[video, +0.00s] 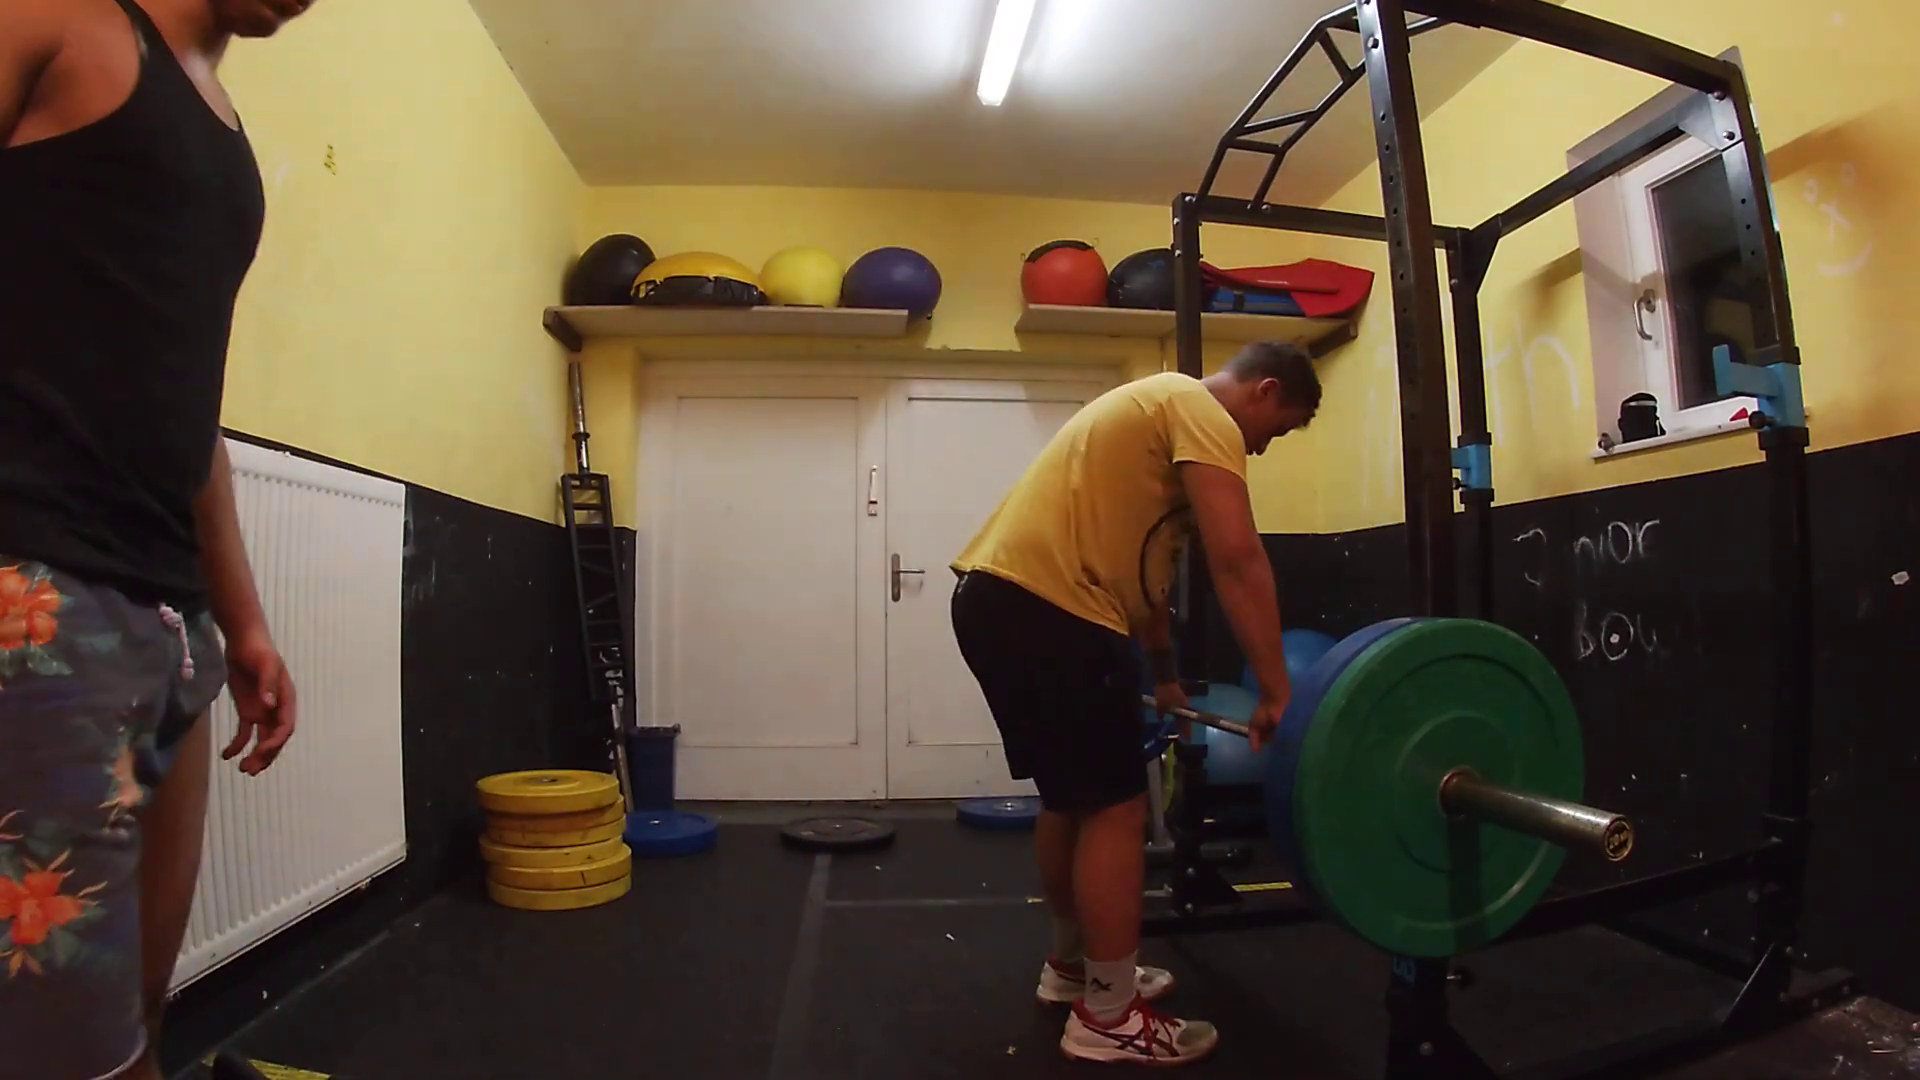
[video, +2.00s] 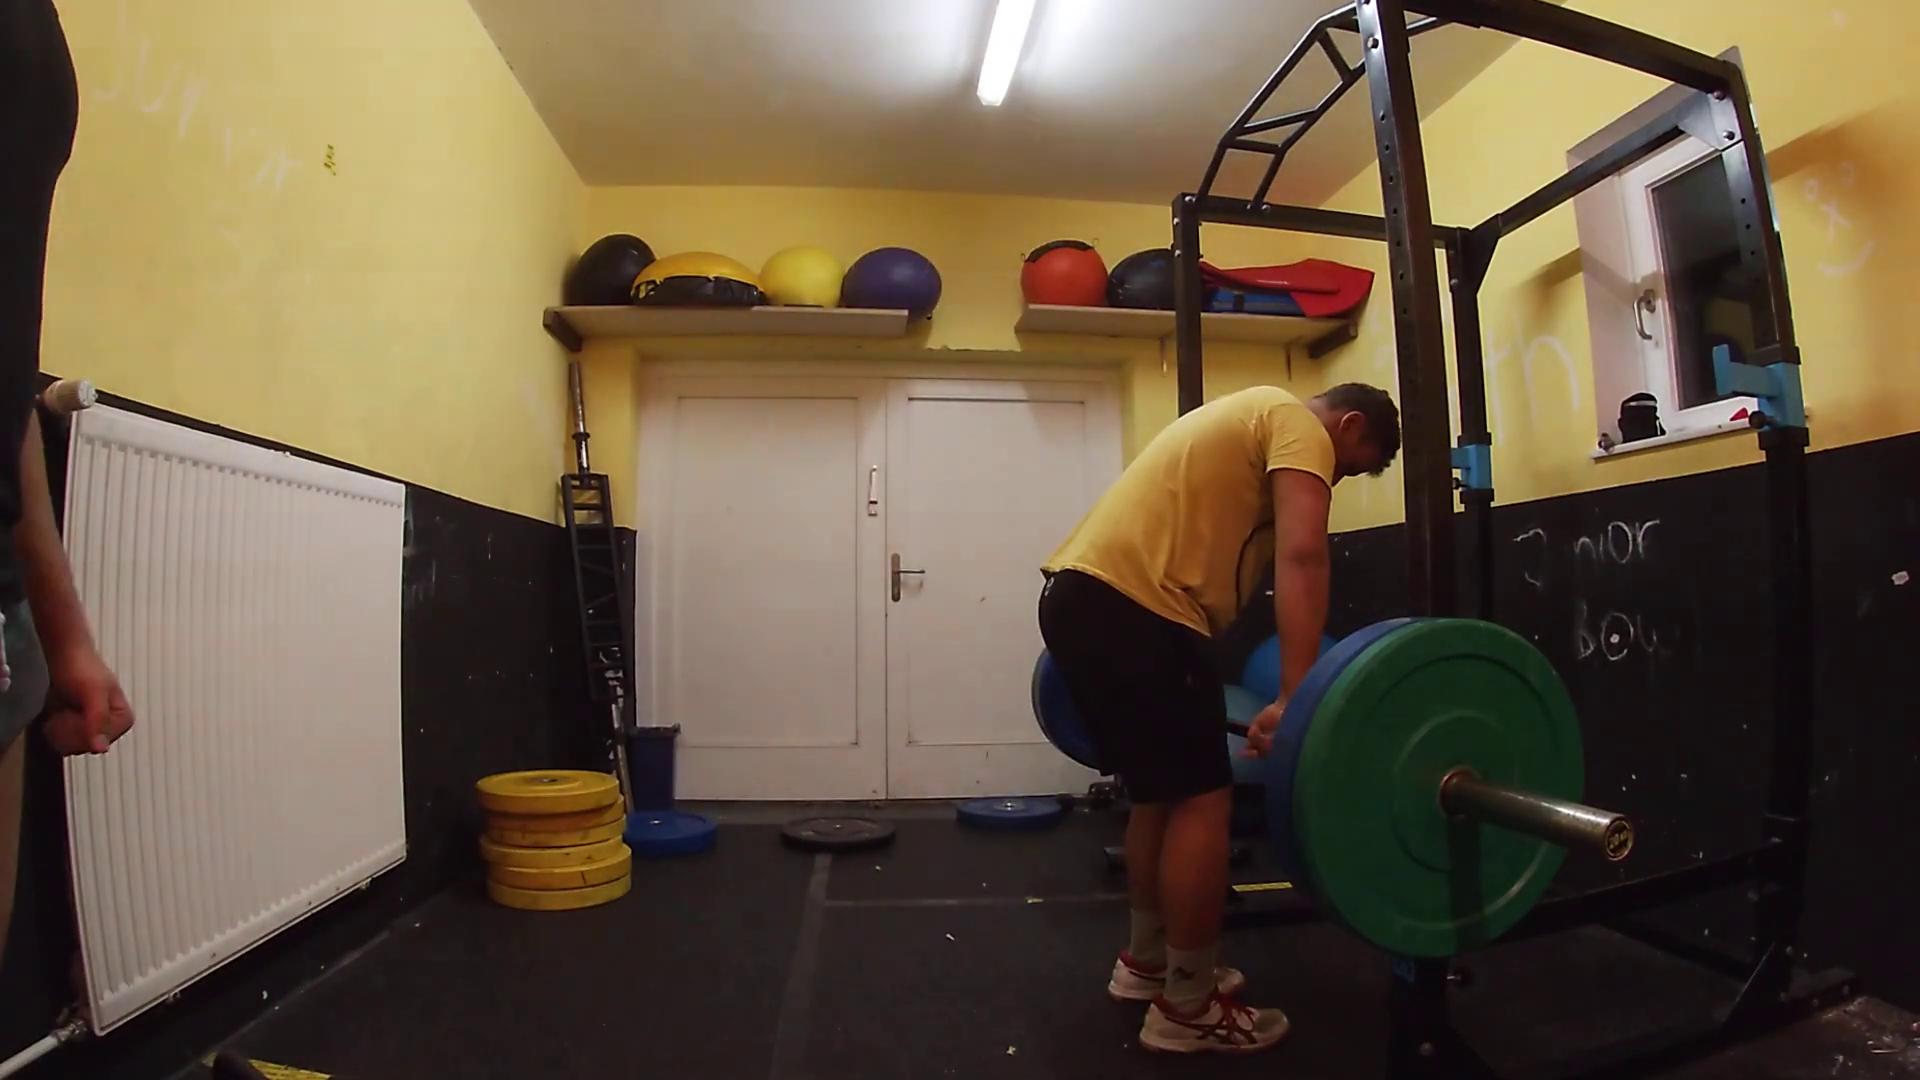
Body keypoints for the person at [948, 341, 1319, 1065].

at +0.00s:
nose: (1267, 444)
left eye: (1278, 435)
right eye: (1279, 428)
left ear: (1247, 380)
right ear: (1263, 392)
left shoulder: (1153, 412)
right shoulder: (1200, 411)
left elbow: (1143, 572)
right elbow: (1236, 555)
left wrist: (1163, 675)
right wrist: (1276, 689)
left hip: (1001, 595)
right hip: (1054, 607)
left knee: (1065, 794)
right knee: (1116, 803)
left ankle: (1071, 960)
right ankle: (1108, 1014)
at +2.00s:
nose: (1342, 478)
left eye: (1354, 473)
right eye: (1356, 465)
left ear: (1338, 412)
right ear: (1348, 425)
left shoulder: (1240, 422)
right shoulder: (1295, 423)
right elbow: (1302, 553)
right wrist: (1295, 698)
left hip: (1083, 590)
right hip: (1138, 604)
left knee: (1155, 791)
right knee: (1203, 796)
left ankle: (1147, 957)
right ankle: (1188, 1006)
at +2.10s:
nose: (1344, 481)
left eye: (1355, 477)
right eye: (1358, 468)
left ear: (1341, 415)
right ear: (1351, 428)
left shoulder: (1242, 423)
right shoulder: (1297, 425)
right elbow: (1303, 553)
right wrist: (1294, 696)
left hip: (1083, 591)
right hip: (1138, 605)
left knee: (1154, 792)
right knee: (1204, 796)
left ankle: (1147, 957)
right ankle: (1188, 1006)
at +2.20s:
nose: (1343, 484)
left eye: (1355, 479)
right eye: (1358, 471)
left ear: (1348, 421)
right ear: (1351, 429)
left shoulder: (1244, 423)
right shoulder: (1298, 425)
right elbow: (1303, 553)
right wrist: (1293, 695)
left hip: (1083, 590)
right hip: (1138, 606)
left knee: (1154, 792)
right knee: (1204, 797)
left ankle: (1146, 957)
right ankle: (1188, 1006)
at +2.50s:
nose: (1345, 482)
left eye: (1357, 478)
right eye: (1359, 468)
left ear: (1342, 415)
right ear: (1349, 422)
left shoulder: (1241, 424)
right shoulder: (1295, 423)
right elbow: (1300, 548)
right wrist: (1291, 695)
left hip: (1084, 590)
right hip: (1139, 604)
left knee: (1154, 791)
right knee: (1204, 798)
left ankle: (1146, 958)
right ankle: (1188, 1006)